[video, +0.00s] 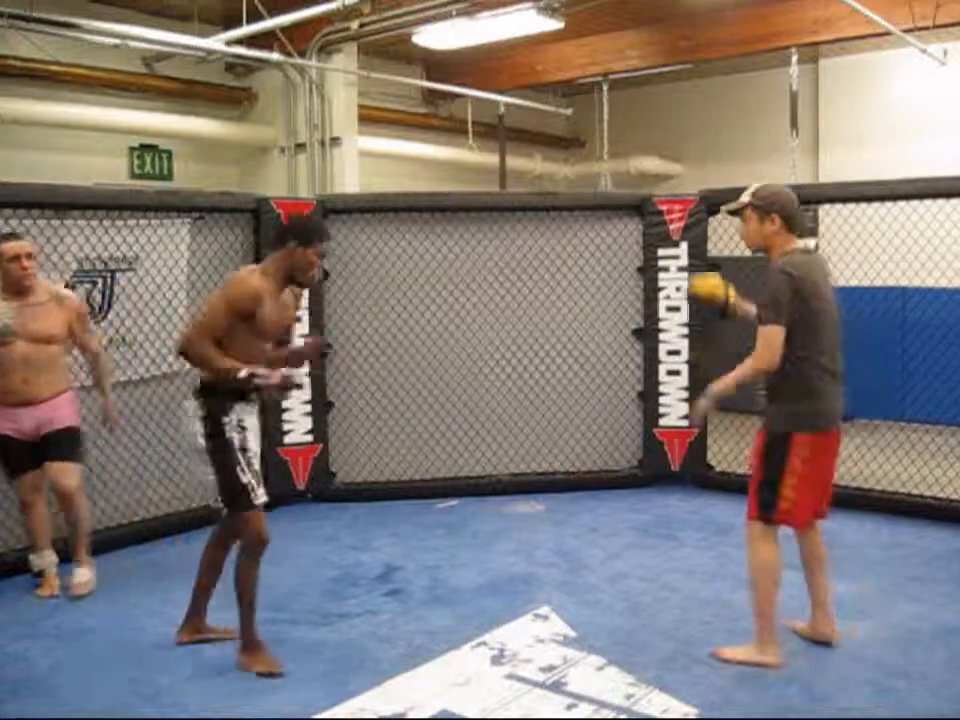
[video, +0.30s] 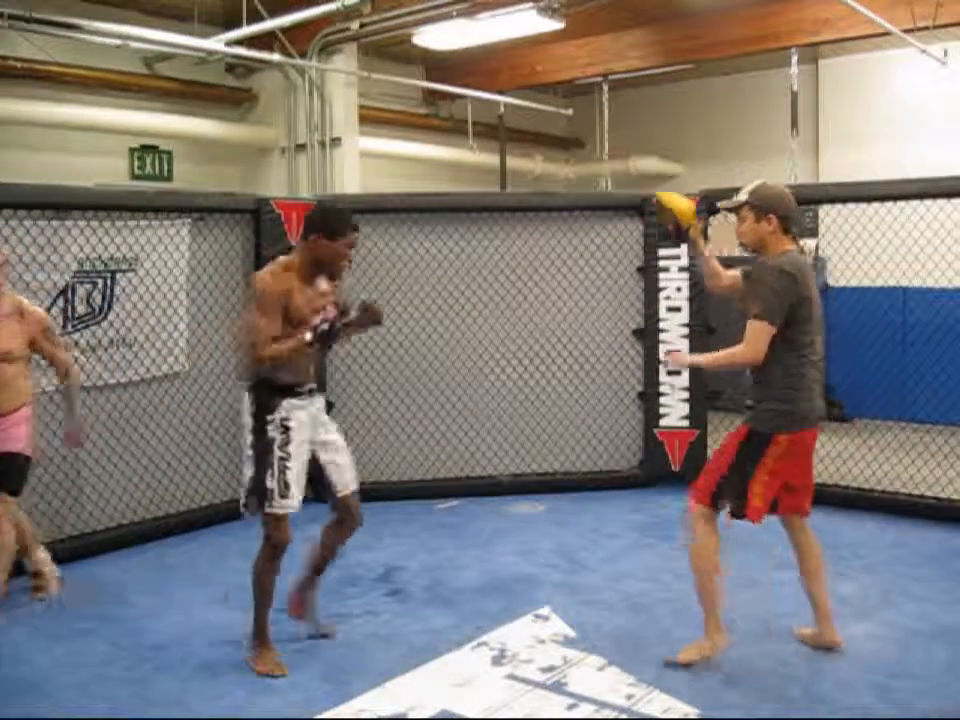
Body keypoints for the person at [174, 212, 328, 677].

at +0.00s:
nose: (320, 267)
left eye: (321, 258)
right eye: (317, 257)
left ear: (299, 253)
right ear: (294, 251)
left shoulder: (288, 294)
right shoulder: (246, 286)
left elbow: (258, 351)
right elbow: (191, 344)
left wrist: (297, 354)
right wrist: (246, 373)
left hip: (250, 407)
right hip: (226, 408)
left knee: (234, 524)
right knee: (255, 536)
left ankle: (194, 621)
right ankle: (250, 646)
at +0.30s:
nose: (348, 259)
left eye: (351, 251)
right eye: (344, 249)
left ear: (333, 244)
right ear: (317, 240)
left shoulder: (326, 278)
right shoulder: (271, 280)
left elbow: (321, 336)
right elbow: (261, 352)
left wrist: (356, 323)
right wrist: (308, 334)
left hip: (315, 408)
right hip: (277, 412)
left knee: (349, 516)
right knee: (277, 536)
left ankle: (303, 592)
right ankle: (260, 642)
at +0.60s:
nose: (422, 270)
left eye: (423, 262)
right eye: (416, 263)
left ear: (406, 262)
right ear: (387, 261)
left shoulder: (405, 291)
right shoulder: (342, 298)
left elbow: (445, 325)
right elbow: (326, 375)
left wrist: (457, 310)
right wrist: (375, 343)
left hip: (394, 414)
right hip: (350, 421)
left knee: (445, 507)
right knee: (317, 538)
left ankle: (459, 604)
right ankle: (282, 644)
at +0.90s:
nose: (470, 258)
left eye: (473, 251)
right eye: (465, 250)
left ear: (469, 246)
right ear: (439, 238)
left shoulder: (467, 268)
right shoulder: (393, 270)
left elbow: (506, 288)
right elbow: (363, 339)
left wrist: (521, 287)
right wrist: (414, 325)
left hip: (438, 390)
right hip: (393, 391)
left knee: (457, 497)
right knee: (373, 504)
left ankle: (462, 599)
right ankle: (362, 605)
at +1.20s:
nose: (466, 267)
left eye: (471, 259)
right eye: (462, 257)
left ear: (468, 253)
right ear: (439, 243)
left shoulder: (461, 280)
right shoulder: (393, 277)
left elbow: (452, 331)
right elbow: (358, 342)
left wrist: (464, 333)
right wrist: (406, 334)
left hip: (445, 396)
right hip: (402, 399)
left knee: (487, 494)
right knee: (397, 500)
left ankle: (472, 591)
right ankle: (398, 593)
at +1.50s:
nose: (470, 266)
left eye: (474, 258)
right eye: (466, 256)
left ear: (474, 253)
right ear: (442, 244)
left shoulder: (470, 277)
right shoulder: (402, 279)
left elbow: (484, 336)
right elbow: (372, 349)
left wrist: (486, 322)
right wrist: (427, 337)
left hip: (458, 398)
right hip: (414, 402)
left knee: (486, 501)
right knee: (403, 502)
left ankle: (500, 607)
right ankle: (398, 596)